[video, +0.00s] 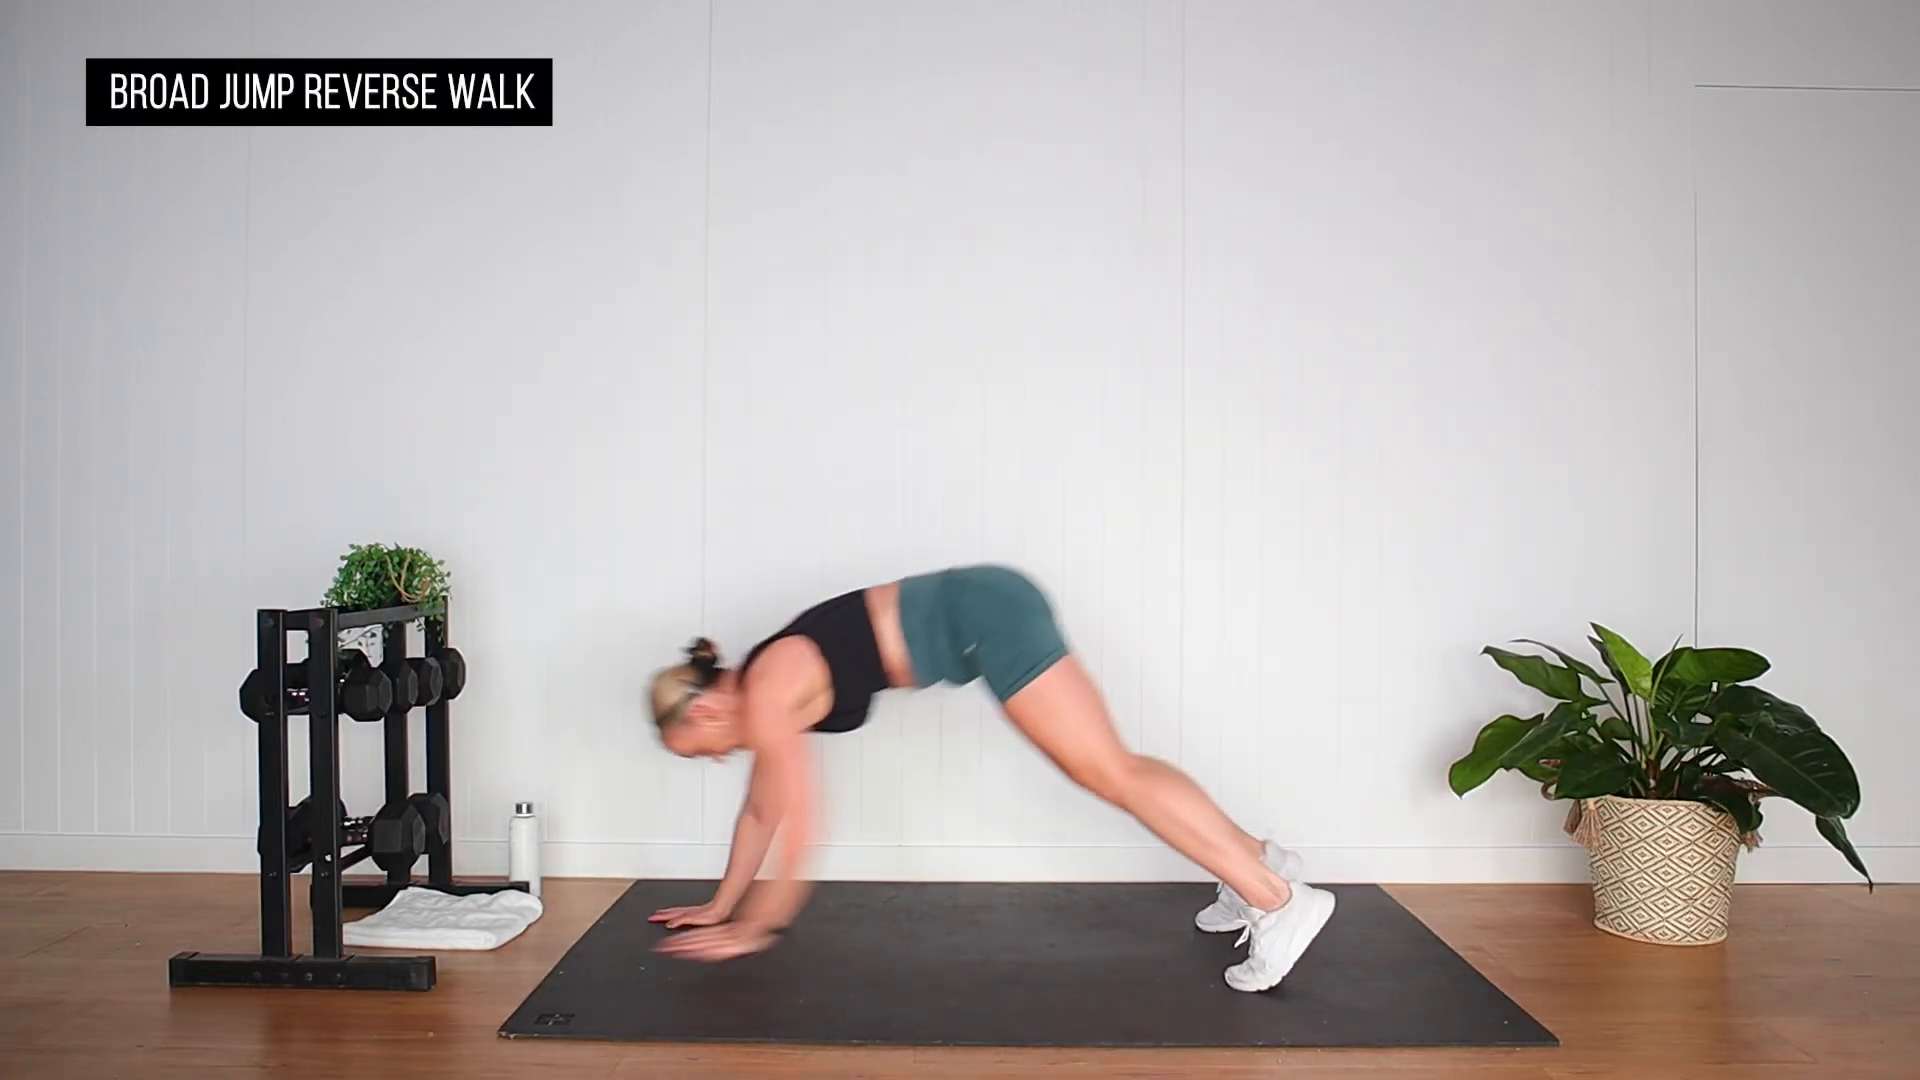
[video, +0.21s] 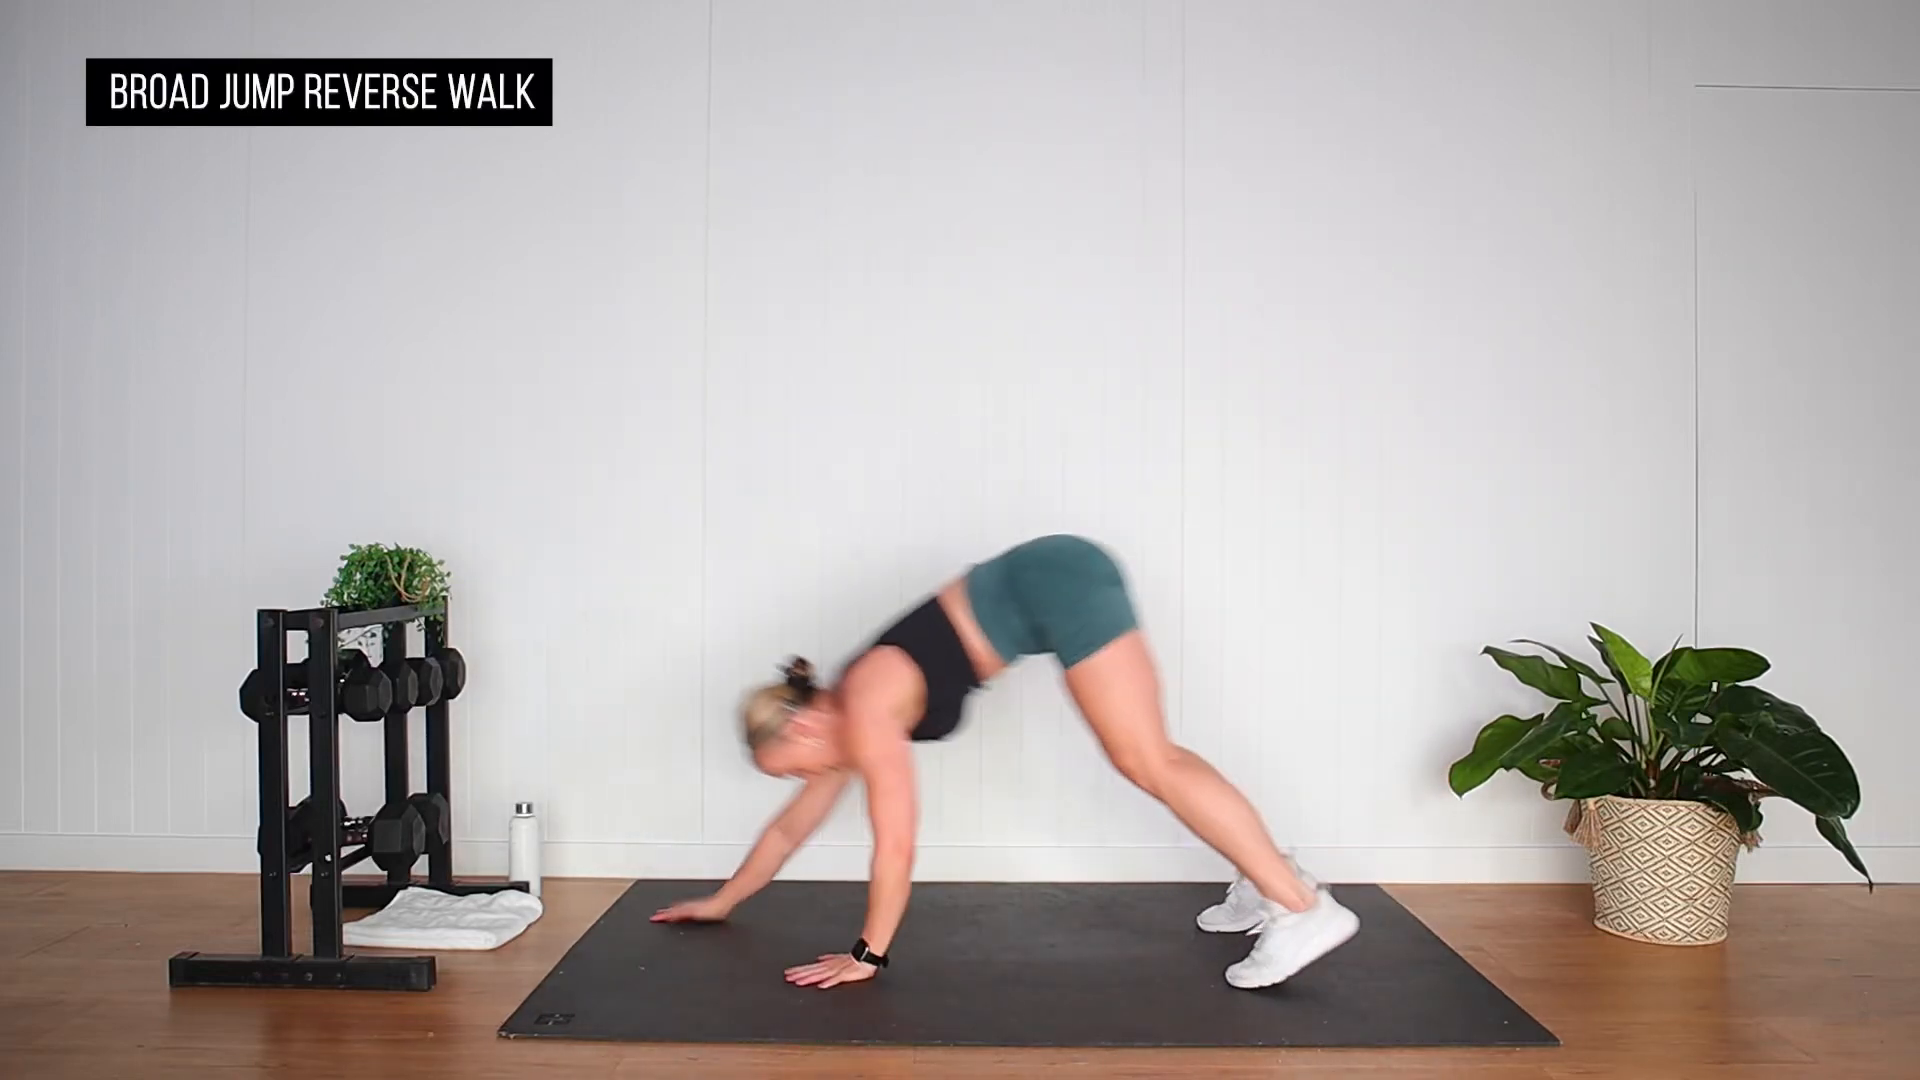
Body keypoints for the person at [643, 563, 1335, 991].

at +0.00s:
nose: (708, 761)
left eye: (695, 748)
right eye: (693, 754)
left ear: (707, 708)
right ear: (709, 698)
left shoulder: (771, 694)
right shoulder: (763, 685)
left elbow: (799, 828)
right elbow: (759, 809)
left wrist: (761, 926)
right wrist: (724, 904)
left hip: (987, 614)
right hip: (984, 613)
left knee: (1109, 774)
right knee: (1111, 766)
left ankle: (1278, 901)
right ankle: (1258, 869)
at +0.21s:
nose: (802, 774)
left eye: (790, 764)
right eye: (789, 771)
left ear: (804, 724)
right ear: (805, 715)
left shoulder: (874, 708)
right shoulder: (851, 703)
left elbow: (895, 838)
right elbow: (798, 822)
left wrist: (869, 954)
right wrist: (724, 903)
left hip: (1058, 582)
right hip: (1052, 585)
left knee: (1149, 761)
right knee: (1149, 756)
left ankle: (1300, 907)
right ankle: (1275, 881)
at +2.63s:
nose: (841, 209)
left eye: (847, 190)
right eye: (837, 193)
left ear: (885, 177)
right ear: (893, 180)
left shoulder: (915, 243)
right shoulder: (933, 245)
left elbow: (839, 349)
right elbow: (852, 376)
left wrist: (738, 383)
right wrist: (747, 393)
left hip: (1026, 445)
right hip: (1027, 443)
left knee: (967, 629)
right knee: (968, 630)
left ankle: (975, 843)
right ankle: (969, 834)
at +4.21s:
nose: (708, 744)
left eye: (697, 730)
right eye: (696, 736)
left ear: (718, 693)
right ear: (716, 691)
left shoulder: (787, 700)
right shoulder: (778, 689)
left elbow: (779, 832)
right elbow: (767, 815)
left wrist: (726, 944)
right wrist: (726, 911)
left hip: (1006, 645)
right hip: (1002, 640)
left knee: (1149, 786)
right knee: (1147, 775)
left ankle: (1325, 909)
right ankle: (1292, 862)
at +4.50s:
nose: (848, 783)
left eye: (835, 775)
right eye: (835, 780)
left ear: (851, 733)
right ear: (850, 724)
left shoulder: (916, 715)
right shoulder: (894, 707)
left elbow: (924, 847)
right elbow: (854, 814)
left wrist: (886, 956)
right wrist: (770, 892)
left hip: (1106, 589)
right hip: (1099, 593)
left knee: (1216, 763)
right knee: (1209, 757)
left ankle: (1362, 916)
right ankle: (1321, 878)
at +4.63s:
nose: (904, 788)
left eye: (892, 778)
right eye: (892, 783)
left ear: (896, 732)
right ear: (896, 729)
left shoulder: (954, 711)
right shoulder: (944, 700)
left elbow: (937, 855)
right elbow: (958, 812)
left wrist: (884, 957)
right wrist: (912, 892)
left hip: (1150, 582)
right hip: (1136, 585)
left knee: (1234, 768)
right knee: (1224, 761)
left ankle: (1368, 921)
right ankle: (1319, 876)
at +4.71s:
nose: (932, 783)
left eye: (920, 773)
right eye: (919, 778)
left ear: (928, 731)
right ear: (931, 727)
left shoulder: (988, 717)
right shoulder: (985, 700)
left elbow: (951, 856)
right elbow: (1052, 779)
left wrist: (885, 956)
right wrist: (1039, 882)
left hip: (1181, 575)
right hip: (1159, 580)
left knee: (1247, 768)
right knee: (1229, 757)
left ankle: (1374, 928)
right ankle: (1321, 878)